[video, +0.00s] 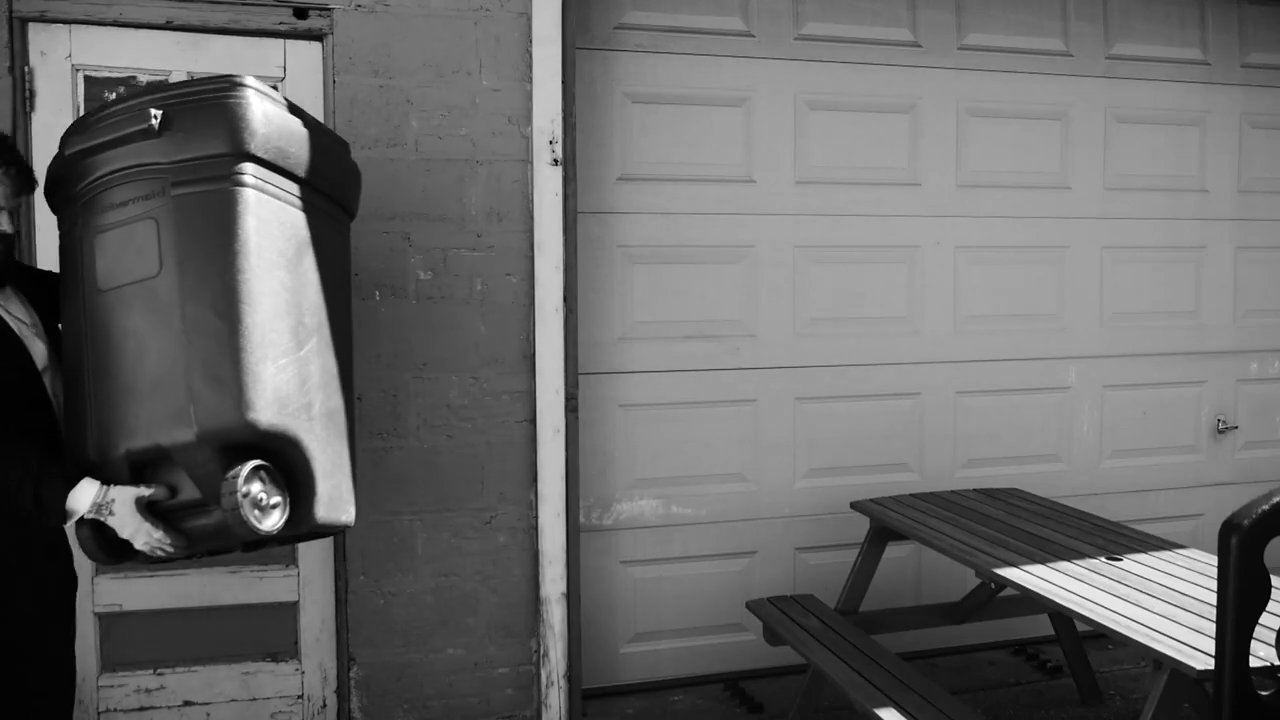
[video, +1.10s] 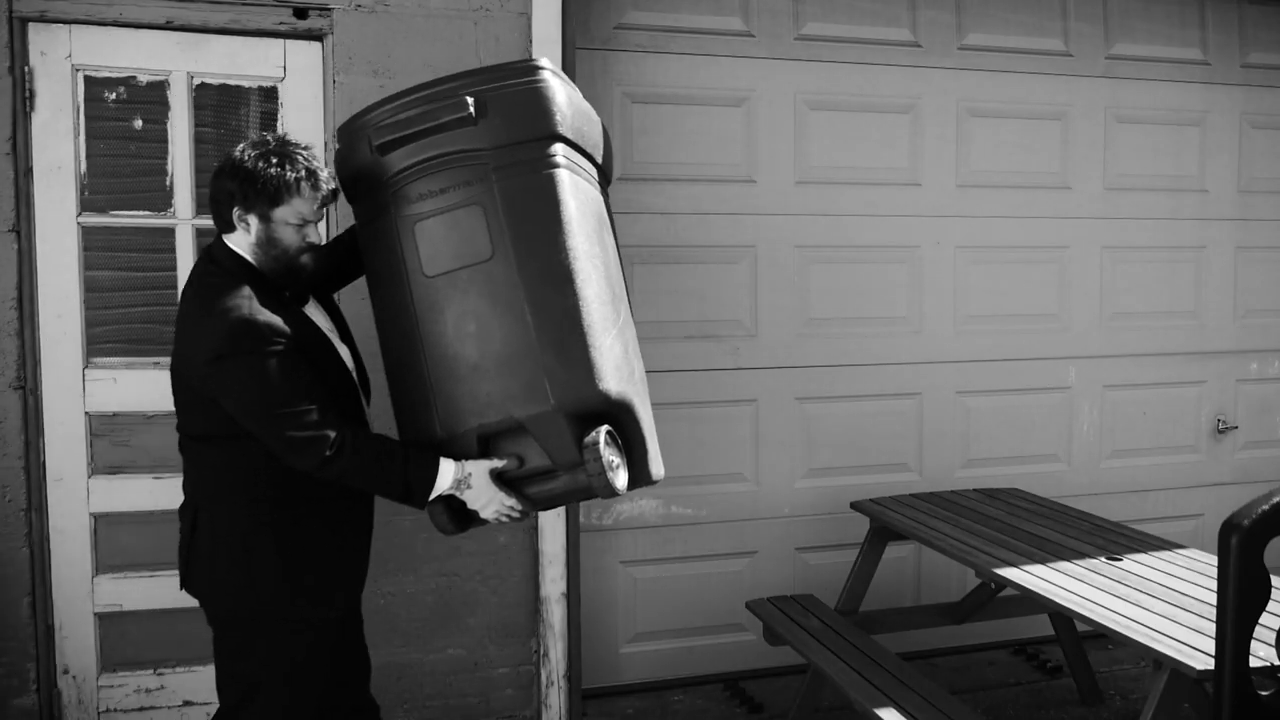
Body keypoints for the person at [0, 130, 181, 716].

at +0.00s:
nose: (13, 224)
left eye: (19, 207)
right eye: (5, 209)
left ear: (29, 207)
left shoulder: (50, 295)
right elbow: (5, 451)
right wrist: (98, 500)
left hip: (45, 563)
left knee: (50, 698)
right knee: (23, 697)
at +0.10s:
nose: (37, 223)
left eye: (43, 207)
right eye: (20, 208)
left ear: (52, 203)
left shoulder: (71, 286)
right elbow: (6, 433)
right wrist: (118, 487)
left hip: (65, 541)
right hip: (8, 545)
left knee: (57, 696)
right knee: (19, 697)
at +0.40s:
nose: (116, 226)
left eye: (121, 210)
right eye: (100, 210)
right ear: (44, 202)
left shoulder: (108, 278)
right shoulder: (14, 290)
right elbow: (70, 431)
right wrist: (206, 480)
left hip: (117, 550)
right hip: (60, 562)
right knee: (108, 702)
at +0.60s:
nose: (172, 239)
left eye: (174, 223)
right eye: (155, 226)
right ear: (97, 219)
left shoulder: (141, 279)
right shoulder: (71, 320)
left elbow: (232, 285)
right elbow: (151, 452)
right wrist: (287, 494)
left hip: (178, 560)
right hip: (133, 580)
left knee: (163, 703)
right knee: (169, 707)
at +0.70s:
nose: (198, 239)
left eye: (199, 223)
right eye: (183, 226)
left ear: (129, 219)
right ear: (125, 218)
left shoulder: (165, 276)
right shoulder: (103, 320)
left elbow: (256, 269)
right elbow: (188, 451)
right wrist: (324, 492)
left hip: (210, 559)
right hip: (163, 582)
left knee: (223, 693)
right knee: (190, 705)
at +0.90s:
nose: (255, 229)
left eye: (256, 213)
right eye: (239, 217)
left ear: (185, 214)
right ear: (181, 213)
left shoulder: (222, 265)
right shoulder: (168, 313)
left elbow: (321, 242)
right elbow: (256, 447)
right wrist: (388, 479)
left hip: (261, 556)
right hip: (215, 576)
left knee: (293, 696)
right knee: (237, 706)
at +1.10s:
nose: (317, 238)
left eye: (318, 221)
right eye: (302, 225)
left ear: (247, 222)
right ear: (245, 220)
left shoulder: (266, 272)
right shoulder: (236, 319)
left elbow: (338, 260)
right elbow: (322, 446)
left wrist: (414, 203)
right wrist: (452, 477)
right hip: (274, 576)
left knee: (339, 702)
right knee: (286, 706)